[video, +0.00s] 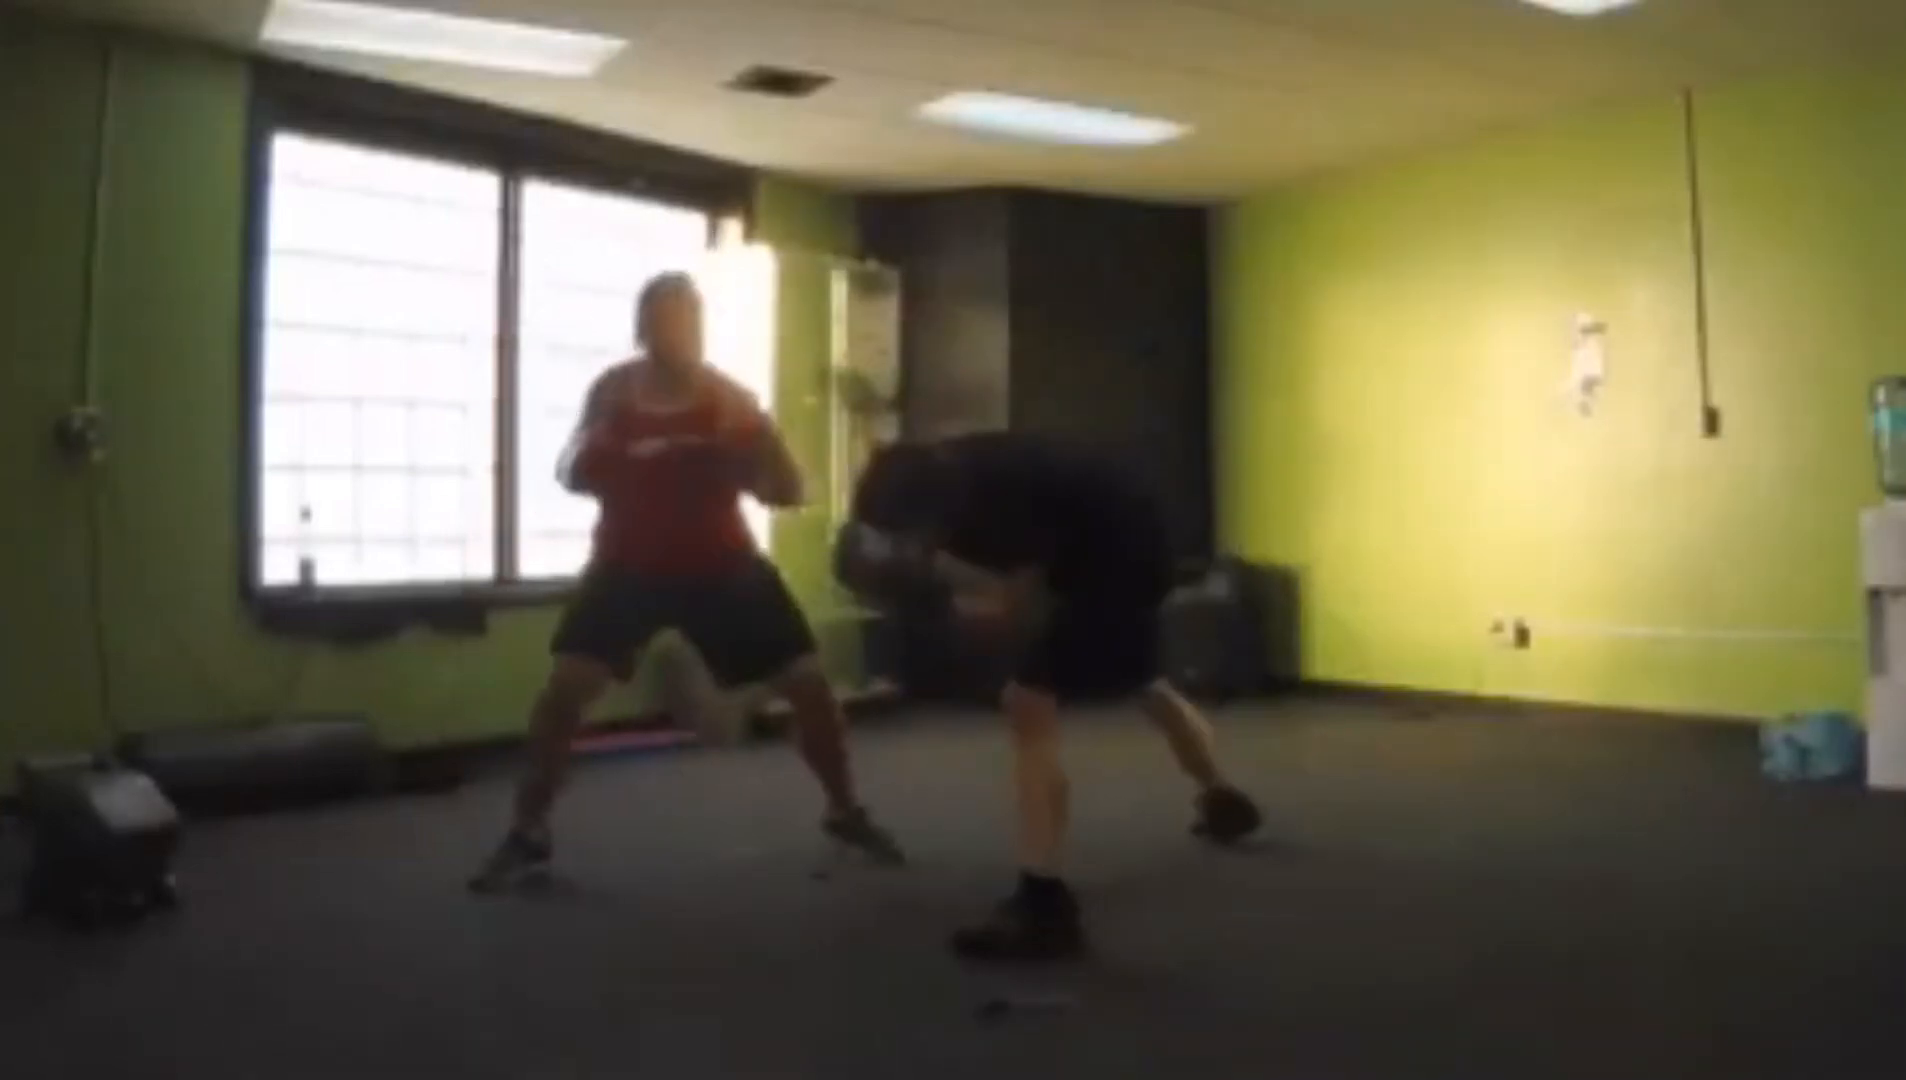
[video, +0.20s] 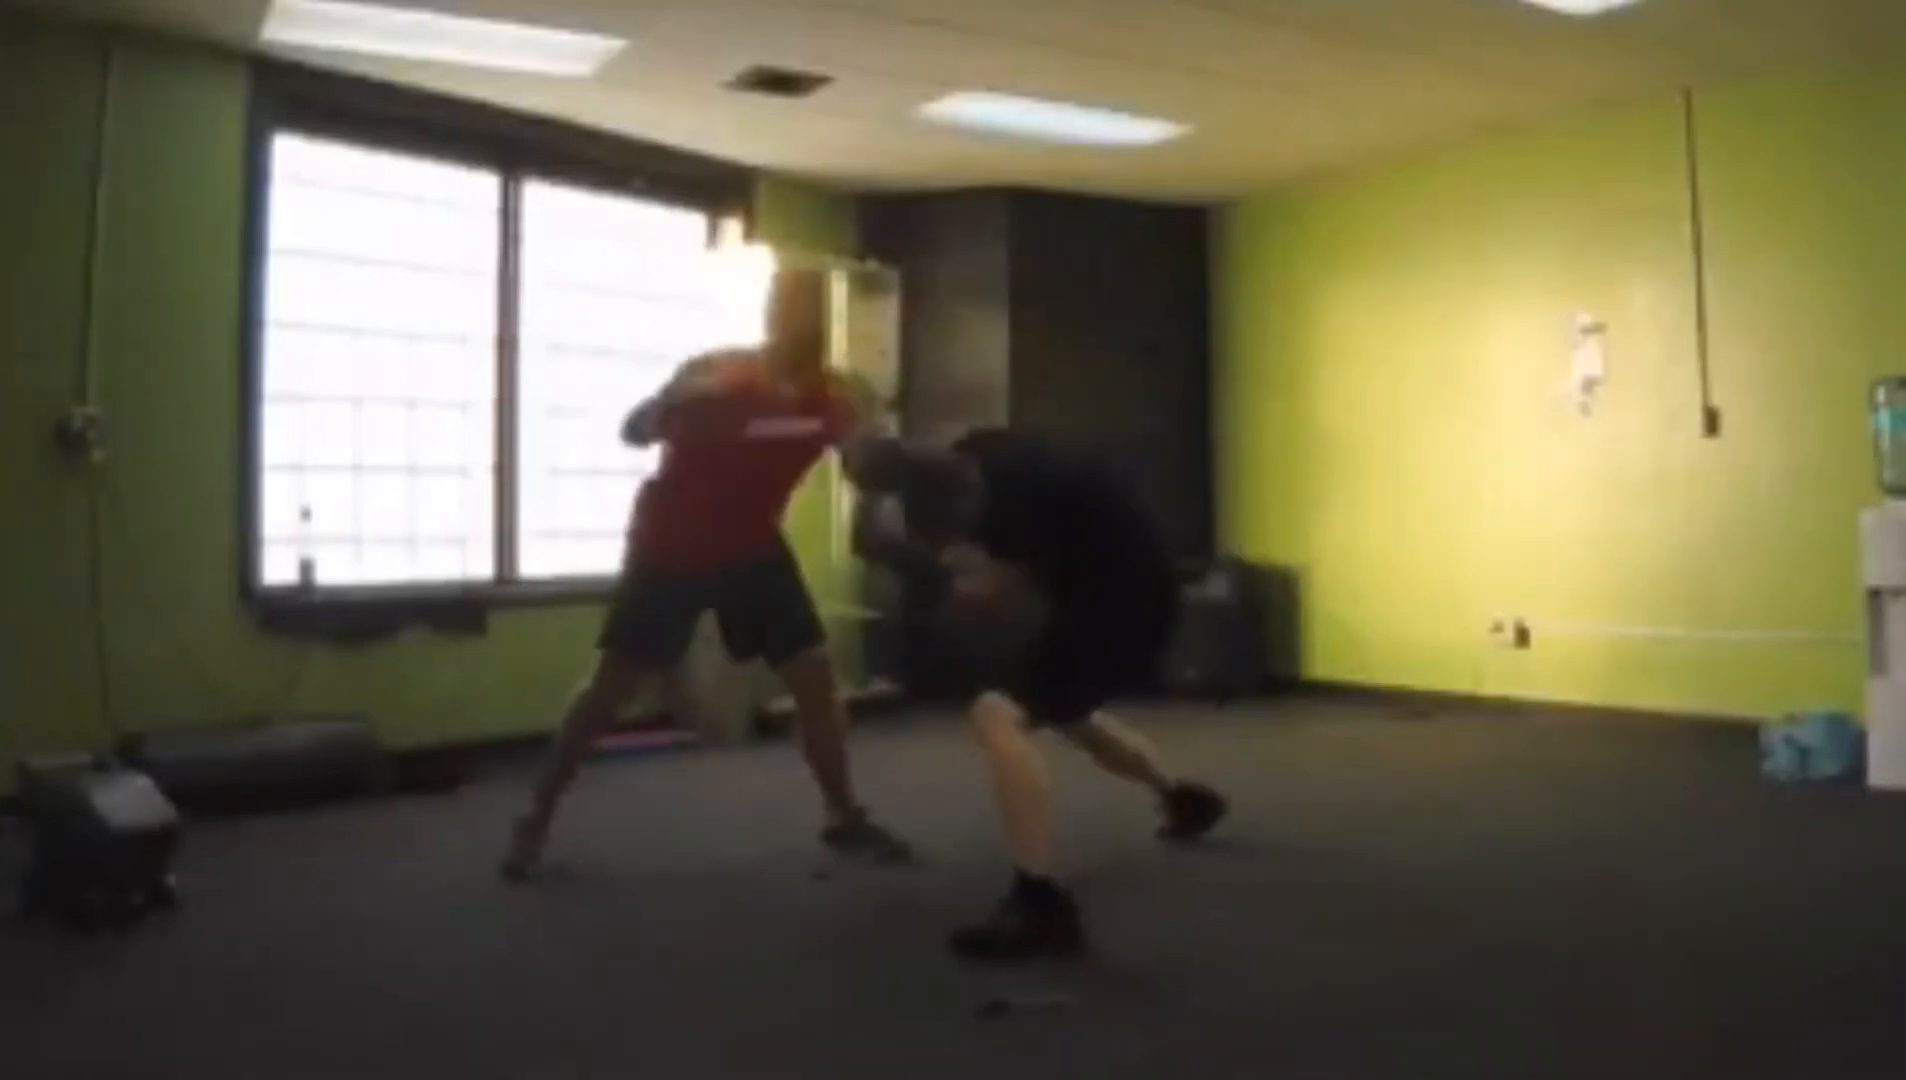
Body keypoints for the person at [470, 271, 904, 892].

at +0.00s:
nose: (676, 332)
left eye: (685, 317)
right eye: (663, 319)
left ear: (701, 325)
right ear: (643, 328)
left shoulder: (729, 402)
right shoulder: (616, 392)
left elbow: (786, 489)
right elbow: (576, 474)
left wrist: (731, 451)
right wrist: (638, 458)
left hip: (722, 568)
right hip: (629, 571)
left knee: (809, 684)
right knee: (565, 691)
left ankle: (845, 812)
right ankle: (528, 835)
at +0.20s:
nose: (800, 339)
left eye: (812, 326)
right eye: (789, 323)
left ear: (826, 330)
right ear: (770, 322)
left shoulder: (831, 403)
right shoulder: (717, 378)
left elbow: (869, 469)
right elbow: (634, 431)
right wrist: (700, 408)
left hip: (753, 548)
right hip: (671, 548)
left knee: (813, 677)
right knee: (611, 688)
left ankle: (844, 820)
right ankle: (535, 824)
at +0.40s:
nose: (868, 337)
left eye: (869, 323)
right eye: (858, 323)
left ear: (822, 323)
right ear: (831, 324)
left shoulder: (818, 382)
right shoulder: (799, 366)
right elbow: (866, 413)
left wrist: (837, 506)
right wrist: (922, 452)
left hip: (771, 545)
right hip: (700, 543)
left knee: (824, 674)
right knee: (649, 663)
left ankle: (845, 813)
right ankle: (563, 760)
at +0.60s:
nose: (841, 324)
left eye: (842, 309)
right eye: (832, 308)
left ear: (818, 311)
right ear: (797, 309)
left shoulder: (798, 388)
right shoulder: (736, 374)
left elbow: (794, 463)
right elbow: (729, 466)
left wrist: (836, 481)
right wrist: (825, 456)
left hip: (779, 545)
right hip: (704, 551)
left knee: (836, 672)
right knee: (659, 688)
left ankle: (846, 811)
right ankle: (599, 810)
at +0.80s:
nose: (796, 328)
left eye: (801, 315)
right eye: (783, 315)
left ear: (808, 319)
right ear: (755, 316)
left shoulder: (799, 380)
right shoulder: (708, 375)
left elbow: (860, 395)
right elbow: (684, 464)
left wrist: (922, 376)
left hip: (766, 535)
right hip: (690, 542)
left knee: (843, 636)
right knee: (655, 682)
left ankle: (854, 772)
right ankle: (601, 809)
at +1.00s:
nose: (816, 320)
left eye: (819, 307)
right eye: (803, 308)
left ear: (827, 314)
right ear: (777, 318)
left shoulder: (835, 366)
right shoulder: (742, 380)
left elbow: (895, 371)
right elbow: (654, 445)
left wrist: (948, 363)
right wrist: (732, 437)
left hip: (806, 540)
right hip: (726, 540)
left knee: (850, 654)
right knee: (673, 649)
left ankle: (867, 778)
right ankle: (607, 781)